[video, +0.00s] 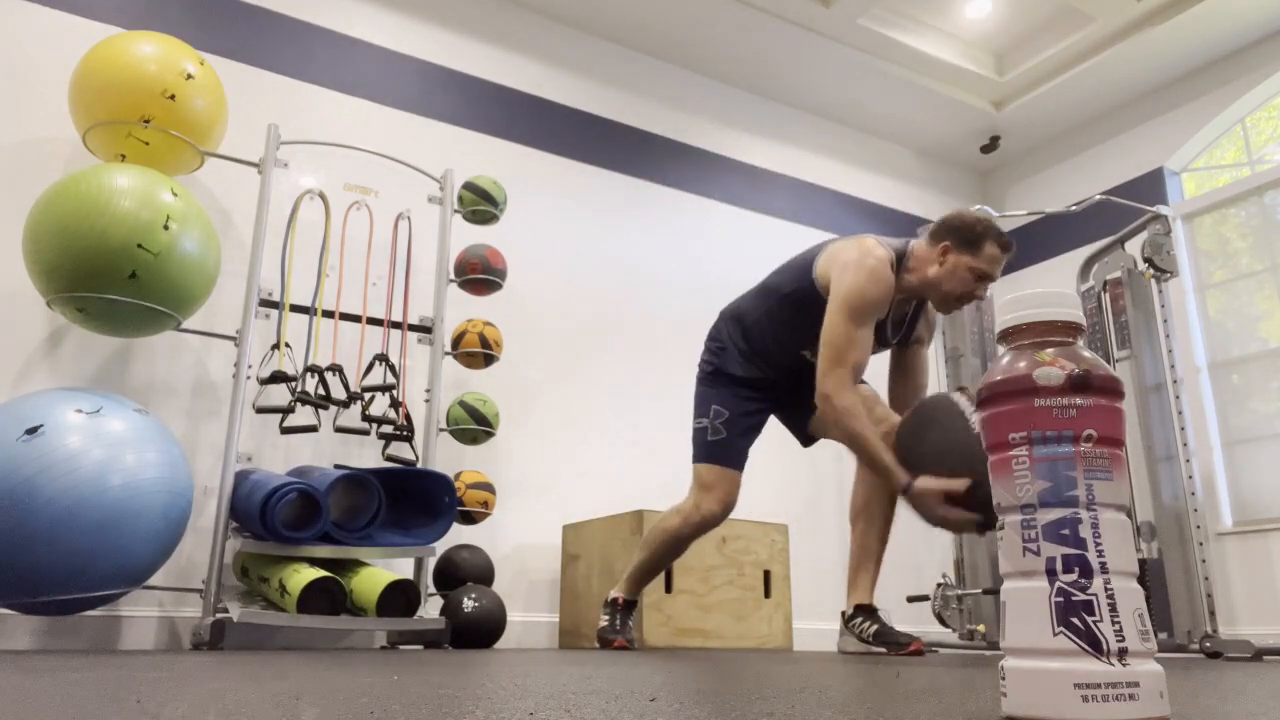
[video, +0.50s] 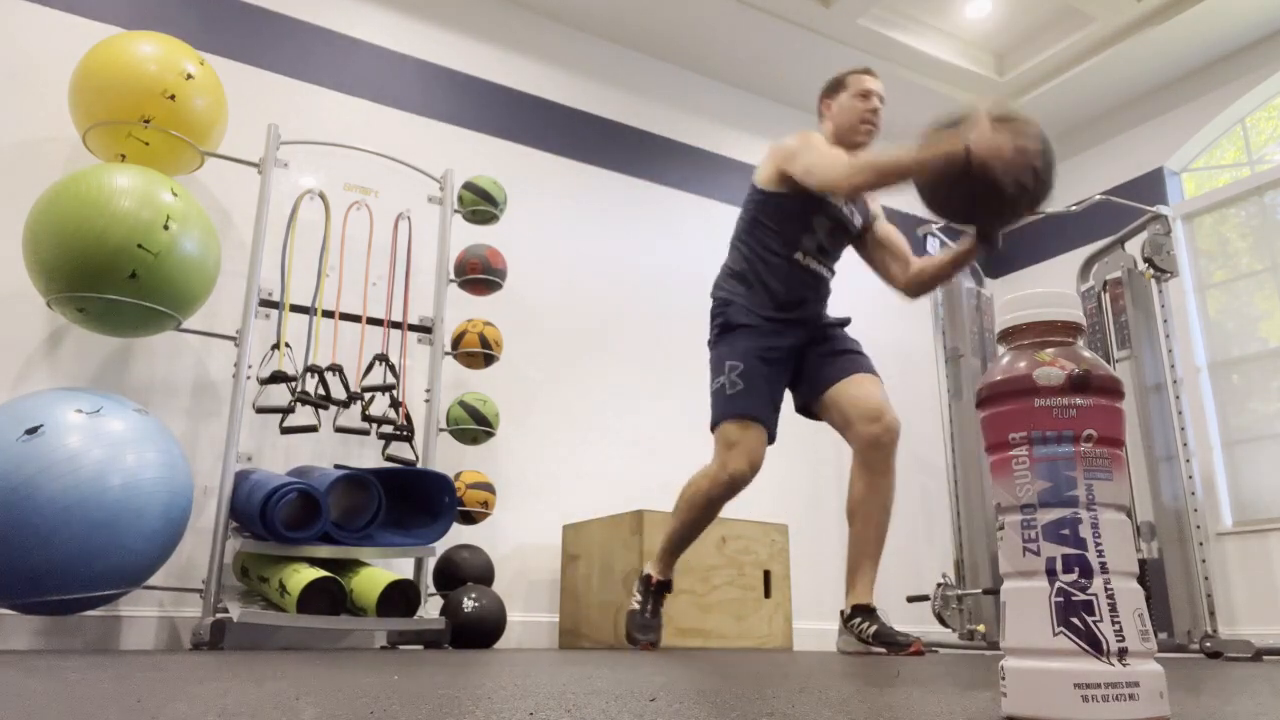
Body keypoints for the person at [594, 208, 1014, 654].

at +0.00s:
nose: (980, 294)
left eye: (988, 284)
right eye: (978, 277)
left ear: (944, 261)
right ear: (940, 253)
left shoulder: (917, 313)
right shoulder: (867, 270)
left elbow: (907, 416)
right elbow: (834, 396)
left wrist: (948, 490)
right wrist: (907, 482)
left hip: (805, 374)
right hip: (740, 358)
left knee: (889, 439)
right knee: (711, 503)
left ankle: (859, 615)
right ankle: (622, 598)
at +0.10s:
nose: (979, 266)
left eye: (986, 254)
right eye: (975, 248)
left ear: (942, 237)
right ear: (936, 227)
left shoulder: (912, 298)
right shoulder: (863, 252)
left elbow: (906, 399)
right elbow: (850, 382)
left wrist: (940, 469)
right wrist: (934, 455)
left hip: (802, 366)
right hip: (740, 349)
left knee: (876, 437)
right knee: (711, 496)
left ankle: (861, 612)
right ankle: (624, 597)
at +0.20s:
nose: (971, 215)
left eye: (975, 204)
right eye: (965, 199)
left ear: (933, 197)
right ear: (923, 188)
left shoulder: (906, 273)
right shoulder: (856, 223)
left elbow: (900, 370)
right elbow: (855, 348)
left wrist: (956, 423)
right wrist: (943, 413)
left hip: (807, 356)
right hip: (742, 340)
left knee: (877, 426)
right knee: (711, 491)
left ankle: (860, 613)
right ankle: (623, 593)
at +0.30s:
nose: (948, 167)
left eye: (952, 158)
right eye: (939, 152)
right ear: (896, 150)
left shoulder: (894, 242)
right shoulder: (844, 193)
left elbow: (900, 345)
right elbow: (856, 304)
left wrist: (960, 375)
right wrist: (959, 350)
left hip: (806, 342)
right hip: (745, 332)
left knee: (876, 429)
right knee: (719, 484)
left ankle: (859, 612)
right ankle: (627, 592)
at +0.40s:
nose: (913, 130)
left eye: (918, 123)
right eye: (903, 115)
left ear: (912, 143)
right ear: (862, 120)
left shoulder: (878, 217)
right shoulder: (820, 165)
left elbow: (899, 316)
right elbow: (853, 250)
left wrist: (975, 315)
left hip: (810, 338)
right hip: (748, 325)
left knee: (876, 428)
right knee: (733, 473)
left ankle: (860, 614)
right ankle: (642, 579)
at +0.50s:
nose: (874, 107)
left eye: (879, 102)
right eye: (863, 96)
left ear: (879, 119)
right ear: (827, 106)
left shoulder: (858, 201)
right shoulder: (800, 147)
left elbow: (910, 278)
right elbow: (840, 179)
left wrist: (978, 240)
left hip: (812, 328)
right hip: (750, 316)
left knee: (878, 428)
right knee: (737, 463)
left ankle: (860, 612)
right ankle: (656, 576)